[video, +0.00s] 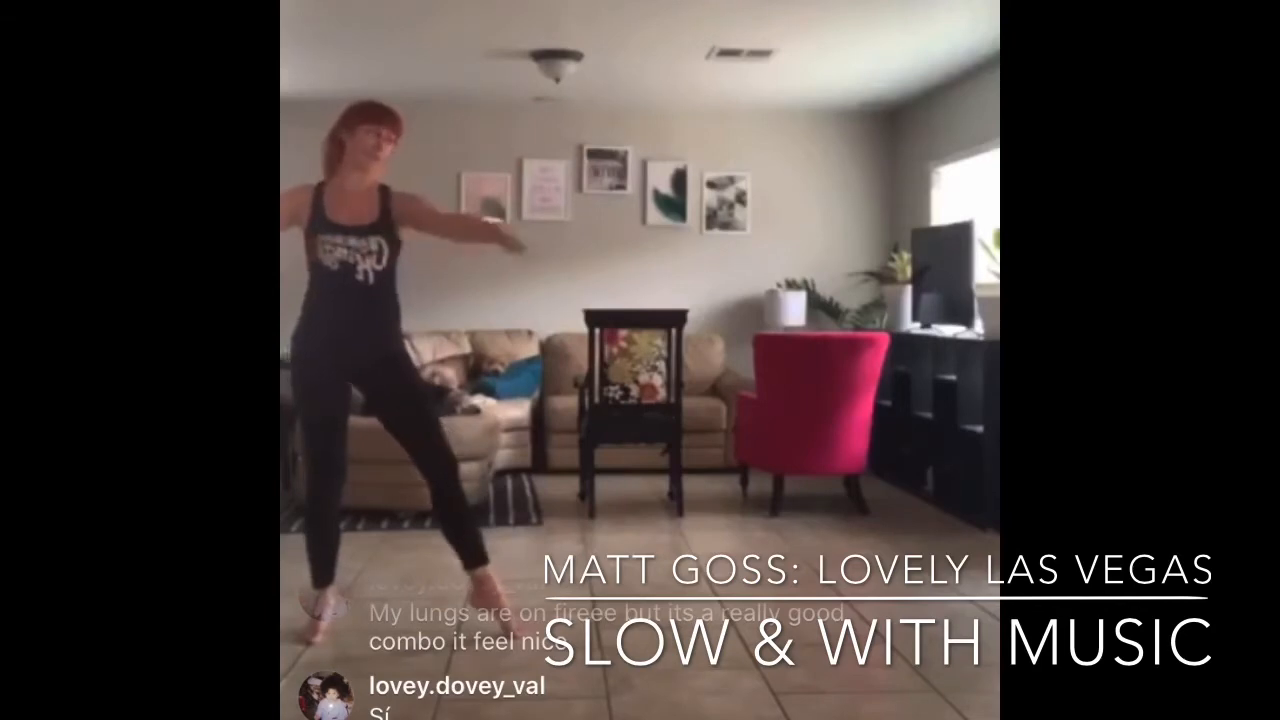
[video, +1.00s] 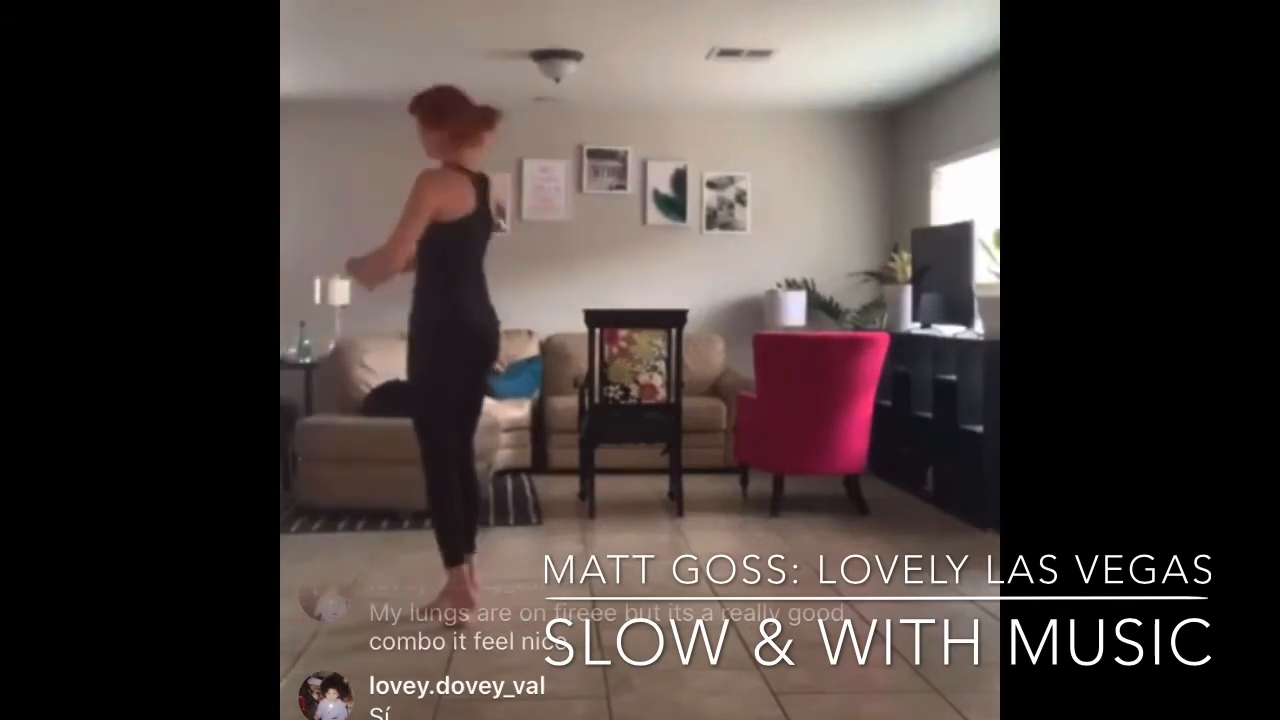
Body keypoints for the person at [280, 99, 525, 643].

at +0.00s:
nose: (380, 145)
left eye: (388, 140)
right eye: (370, 134)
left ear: (393, 153)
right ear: (343, 138)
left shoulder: (394, 204)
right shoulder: (305, 201)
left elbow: (446, 224)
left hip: (380, 350)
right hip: (319, 351)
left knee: (439, 463)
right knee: (325, 474)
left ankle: (482, 581)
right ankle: (323, 592)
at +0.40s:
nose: (428, 137)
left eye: (431, 130)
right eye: (419, 126)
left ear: (421, 140)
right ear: (388, 128)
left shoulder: (421, 192)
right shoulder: (365, 190)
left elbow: (467, 218)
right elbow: (331, 230)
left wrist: (518, 227)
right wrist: (314, 249)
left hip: (428, 344)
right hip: (380, 345)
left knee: (449, 460)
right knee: (374, 464)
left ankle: (427, 588)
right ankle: (331, 587)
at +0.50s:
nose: (441, 138)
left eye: (444, 131)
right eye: (433, 127)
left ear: (431, 137)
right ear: (403, 128)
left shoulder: (426, 192)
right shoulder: (384, 190)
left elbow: (449, 240)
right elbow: (441, 240)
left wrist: (480, 237)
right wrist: (482, 229)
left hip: (440, 338)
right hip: (404, 338)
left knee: (449, 461)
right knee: (412, 463)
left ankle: (427, 588)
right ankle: (366, 595)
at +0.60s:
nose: (454, 139)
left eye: (455, 130)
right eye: (448, 128)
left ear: (421, 129)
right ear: (421, 126)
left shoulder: (399, 185)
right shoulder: (414, 188)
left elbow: (414, 236)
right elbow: (490, 212)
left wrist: (453, 247)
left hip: (417, 331)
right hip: (427, 335)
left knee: (437, 458)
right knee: (446, 460)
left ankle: (426, 582)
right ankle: (441, 585)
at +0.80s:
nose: (470, 135)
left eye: (467, 125)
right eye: (465, 126)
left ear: (417, 136)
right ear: (450, 132)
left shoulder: (392, 192)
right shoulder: (477, 187)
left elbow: (348, 247)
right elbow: (541, 226)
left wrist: (389, 257)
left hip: (409, 337)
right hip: (463, 337)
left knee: (429, 459)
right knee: (475, 461)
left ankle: (425, 581)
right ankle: (490, 571)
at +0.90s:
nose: (463, 135)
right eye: (465, 125)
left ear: (418, 129)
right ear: (465, 128)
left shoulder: (399, 187)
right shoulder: (492, 185)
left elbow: (352, 254)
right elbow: (505, 237)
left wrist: (398, 265)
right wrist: (471, 238)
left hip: (419, 329)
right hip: (476, 329)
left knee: (430, 460)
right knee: (468, 452)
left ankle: (438, 586)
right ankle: (463, 573)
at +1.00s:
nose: (421, 139)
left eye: (423, 130)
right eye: (420, 130)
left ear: (439, 130)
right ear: (466, 129)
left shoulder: (435, 183)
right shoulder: (481, 184)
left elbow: (396, 256)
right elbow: (441, 251)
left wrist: (360, 268)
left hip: (443, 333)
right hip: (478, 330)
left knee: (440, 454)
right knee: (456, 451)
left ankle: (459, 583)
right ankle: (464, 575)